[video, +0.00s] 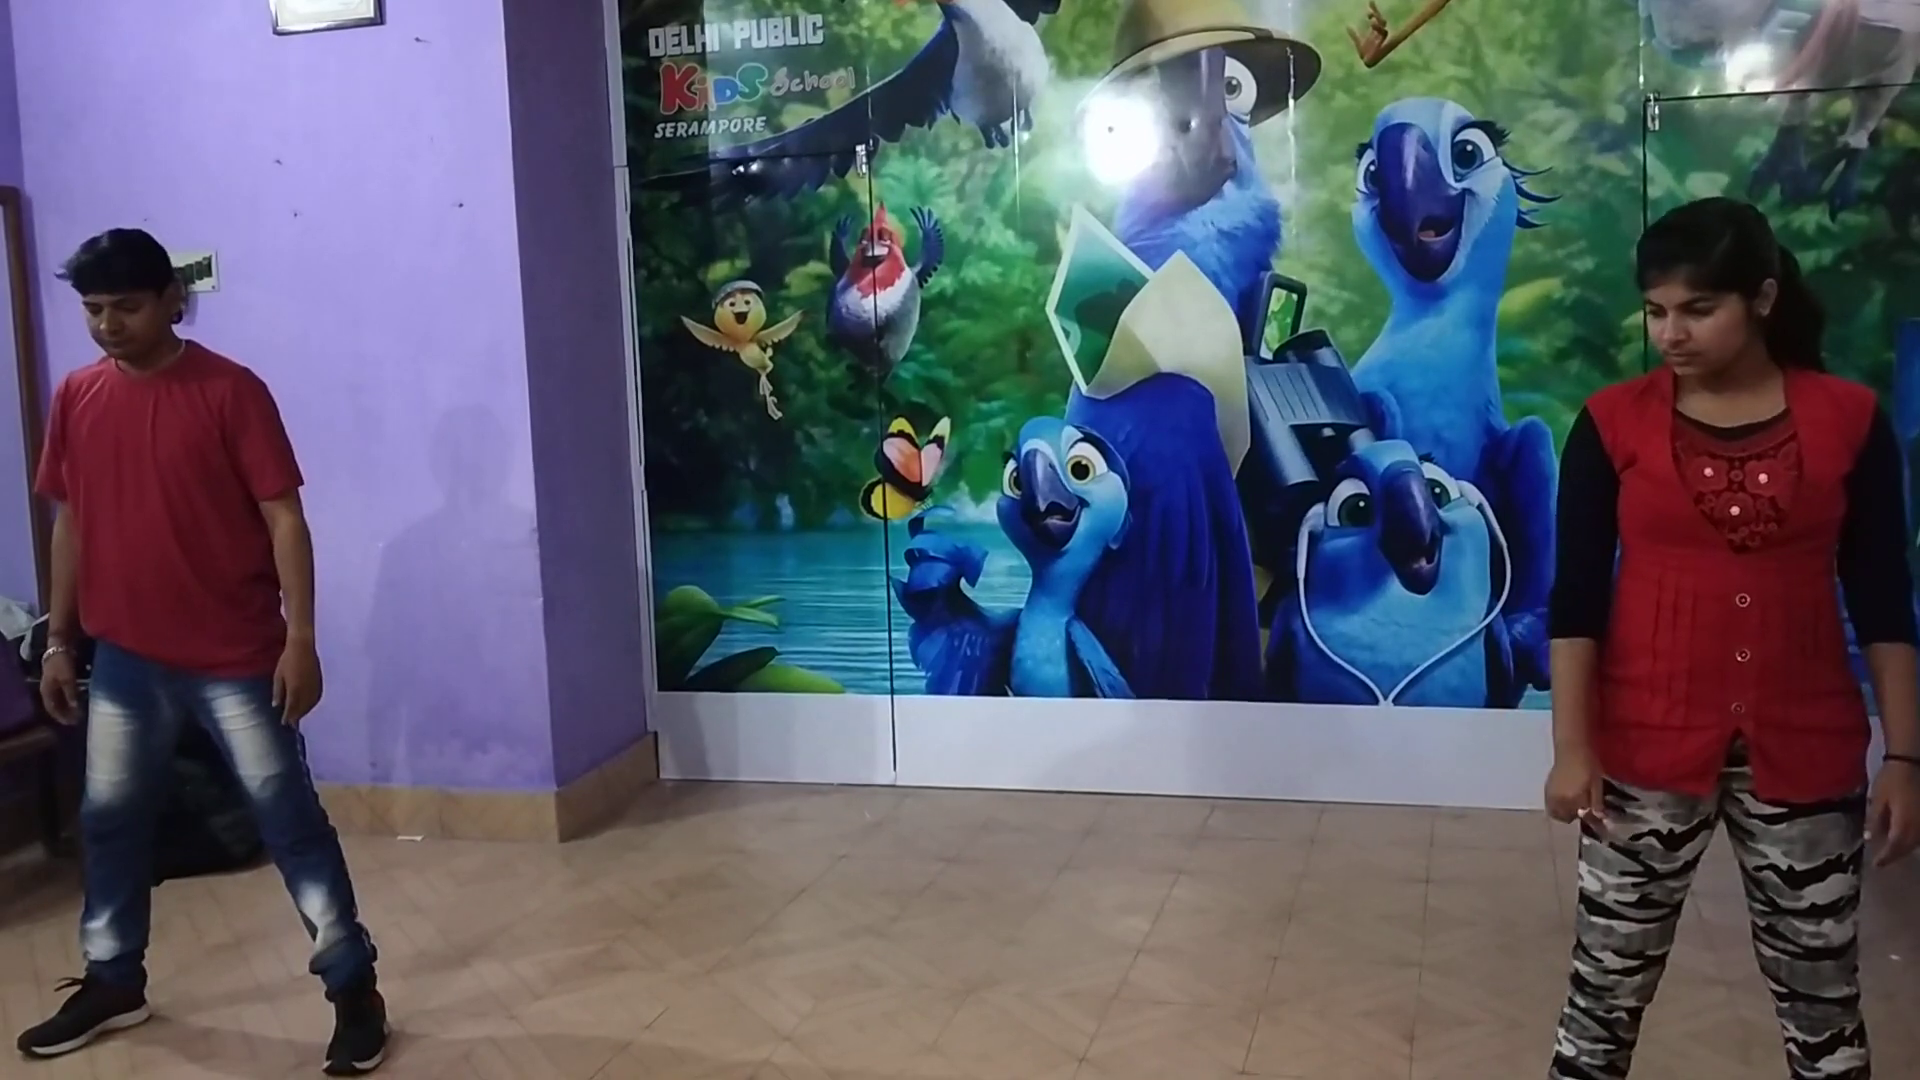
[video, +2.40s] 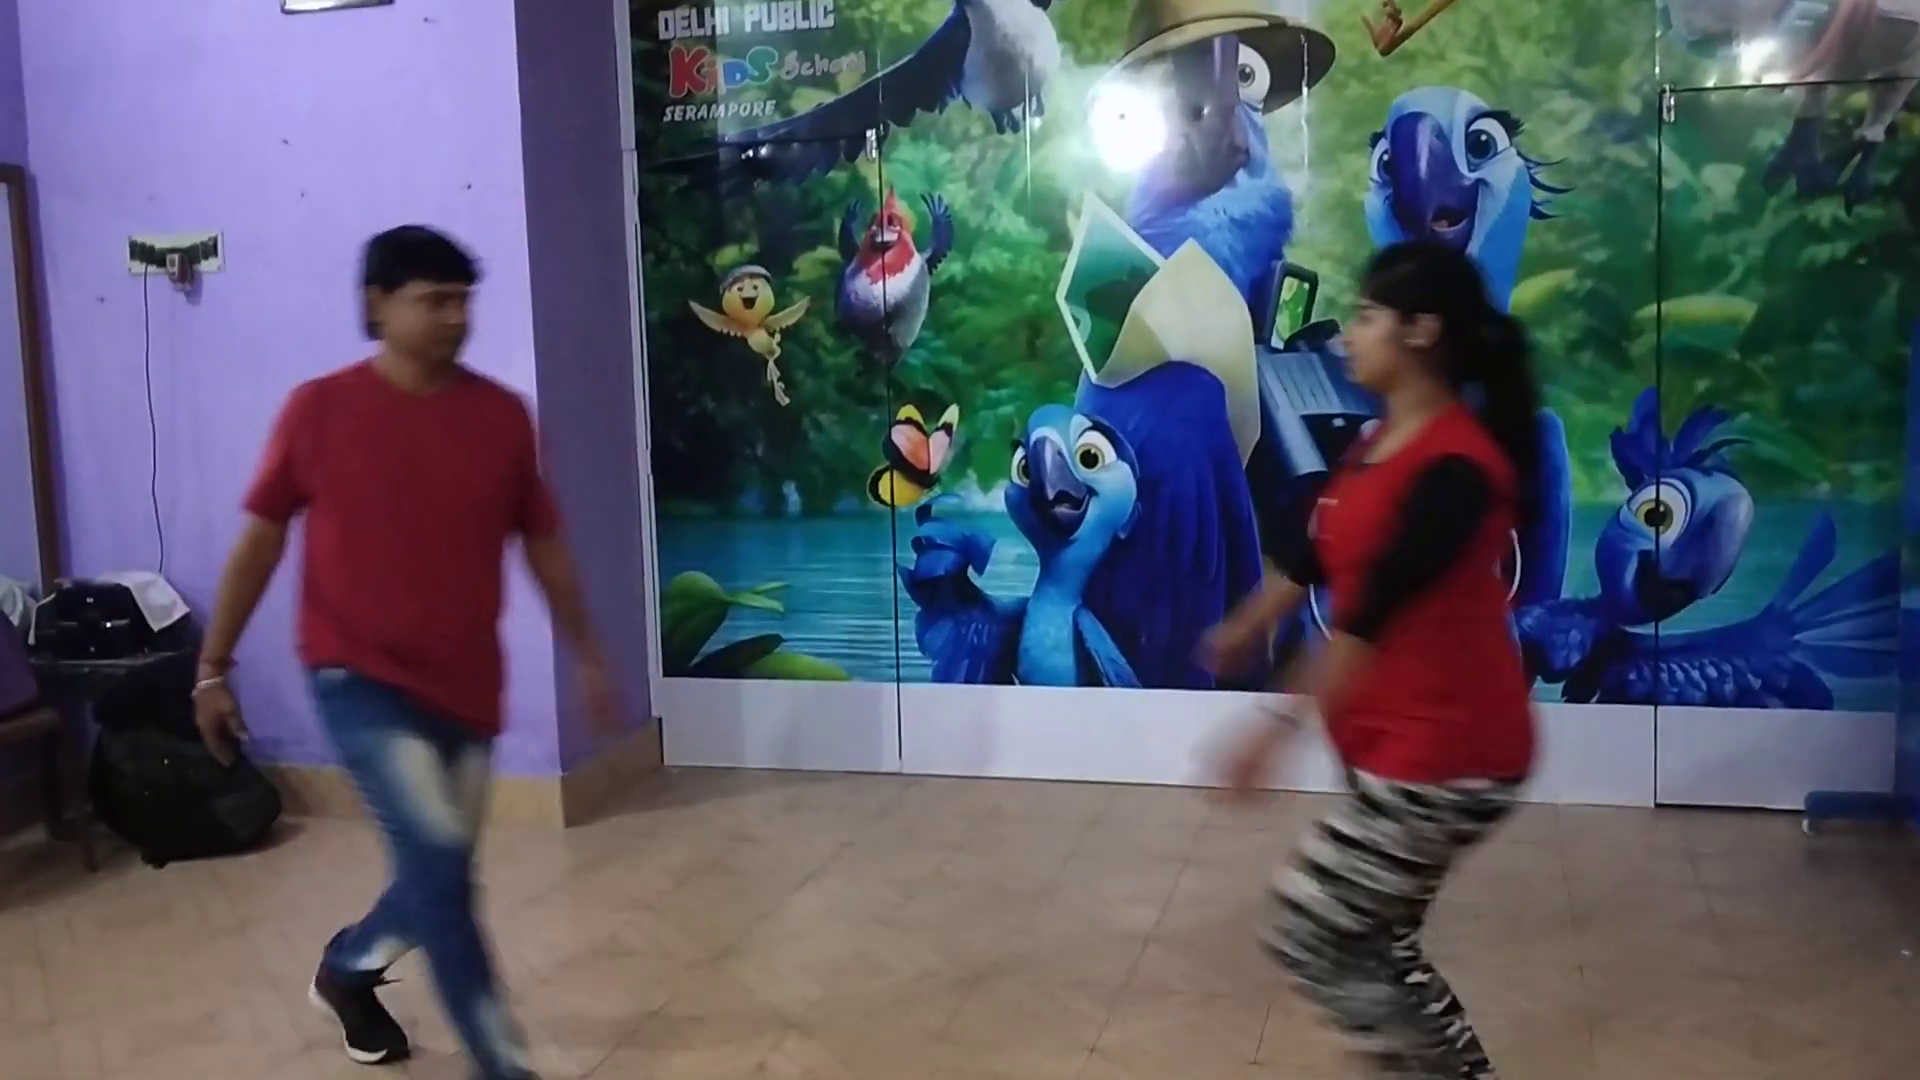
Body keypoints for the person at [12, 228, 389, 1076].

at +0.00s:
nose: (104, 323)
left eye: (122, 306)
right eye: (92, 308)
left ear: (170, 299)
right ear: (82, 309)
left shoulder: (231, 390)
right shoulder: (76, 397)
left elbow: (284, 514)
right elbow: (67, 519)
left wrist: (301, 639)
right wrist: (58, 637)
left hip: (232, 651)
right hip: (122, 651)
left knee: (286, 815)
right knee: (110, 813)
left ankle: (351, 987)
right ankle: (112, 978)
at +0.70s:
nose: (236, 362)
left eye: (247, 346)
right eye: (215, 349)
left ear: (263, 349)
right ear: (182, 358)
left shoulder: (305, 443)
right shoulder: (177, 443)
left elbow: (407, 548)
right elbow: (174, 561)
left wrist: (398, 678)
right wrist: (129, 667)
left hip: (306, 690)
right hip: (196, 684)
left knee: (359, 812)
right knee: (106, 812)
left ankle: (376, 992)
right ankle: (112, 980)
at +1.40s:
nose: (161, 378)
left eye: (172, 361)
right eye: (142, 361)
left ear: (184, 356)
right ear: (98, 357)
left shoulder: (216, 444)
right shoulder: (69, 415)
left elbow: (279, 560)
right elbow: (62, 517)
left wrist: (319, 673)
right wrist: (49, 622)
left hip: (222, 660)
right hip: (106, 657)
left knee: (295, 807)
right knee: (35, 807)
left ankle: (371, 982)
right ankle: (94, 959)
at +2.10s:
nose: (276, 319)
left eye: (285, 304)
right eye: (256, 305)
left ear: (298, 310)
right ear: (209, 312)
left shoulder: (342, 410)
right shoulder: (164, 406)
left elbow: (373, 532)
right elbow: (130, 520)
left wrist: (394, 647)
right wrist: (106, 644)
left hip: (323, 662)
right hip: (205, 663)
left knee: (351, 827)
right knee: (171, 835)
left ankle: (329, 993)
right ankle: (110, 960)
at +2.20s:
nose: (336, 316)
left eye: (343, 301)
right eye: (316, 302)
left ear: (354, 307)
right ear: (265, 309)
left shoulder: (394, 409)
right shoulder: (214, 404)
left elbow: (423, 532)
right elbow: (174, 518)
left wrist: (443, 647)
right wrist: (145, 644)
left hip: (365, 665)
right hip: (247, 662)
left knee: (374, 844)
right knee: (250, 836)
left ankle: (333, 987)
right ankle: (222, 992)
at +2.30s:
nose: (392, 317)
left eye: (400, 302)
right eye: (372, 303)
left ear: (410, 308)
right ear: (320, 309)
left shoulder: (446, 413)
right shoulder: (267, 405)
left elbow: (474, 537)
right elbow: (218, 526)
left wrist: (505, 653)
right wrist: (183, 657)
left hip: (412, 671)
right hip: (302, 665)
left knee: (407, 865)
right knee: (351, 815)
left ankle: (334, 973)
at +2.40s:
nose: (456, 317)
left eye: (463, 301)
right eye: (436, 301)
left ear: (472, 306)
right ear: (379, 307)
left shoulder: (502, 414)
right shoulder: (321, 409)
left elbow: (543, 539)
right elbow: (262, 536)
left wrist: (586, 651)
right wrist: (213, 666)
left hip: (464, 678)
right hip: (359, 672)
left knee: (443, 867)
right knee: (439, 859)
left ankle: (347, 971)